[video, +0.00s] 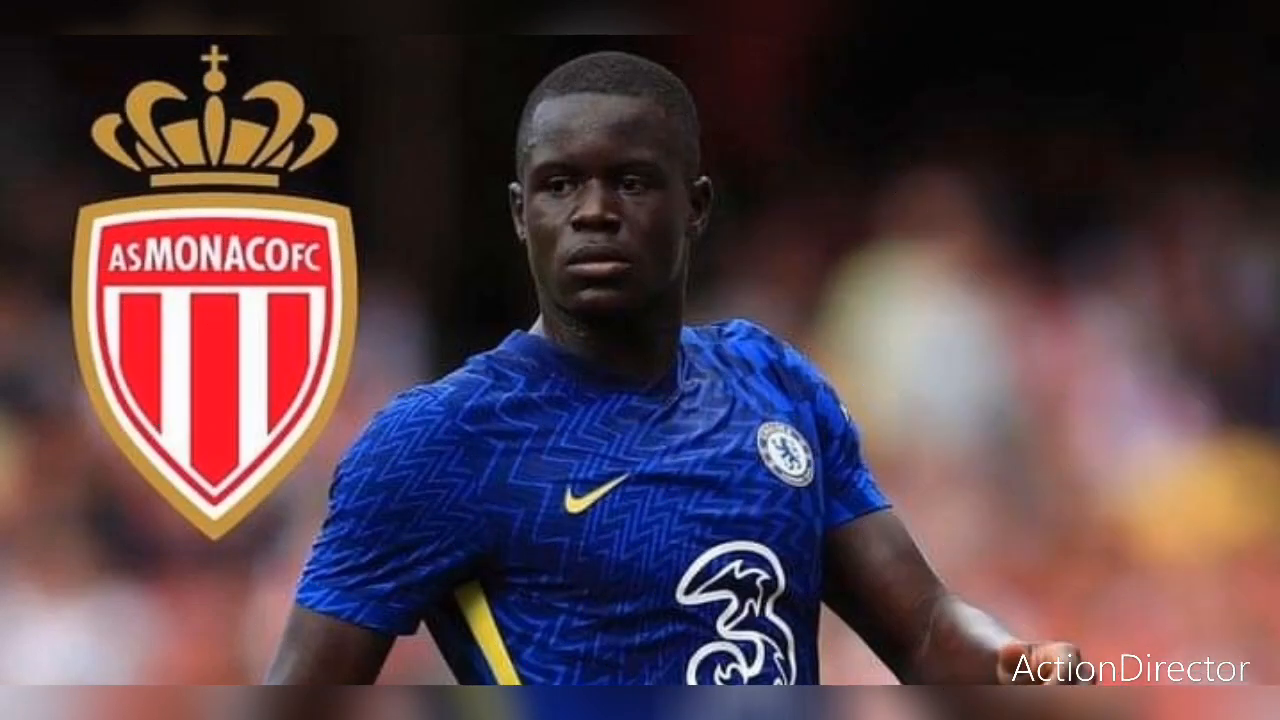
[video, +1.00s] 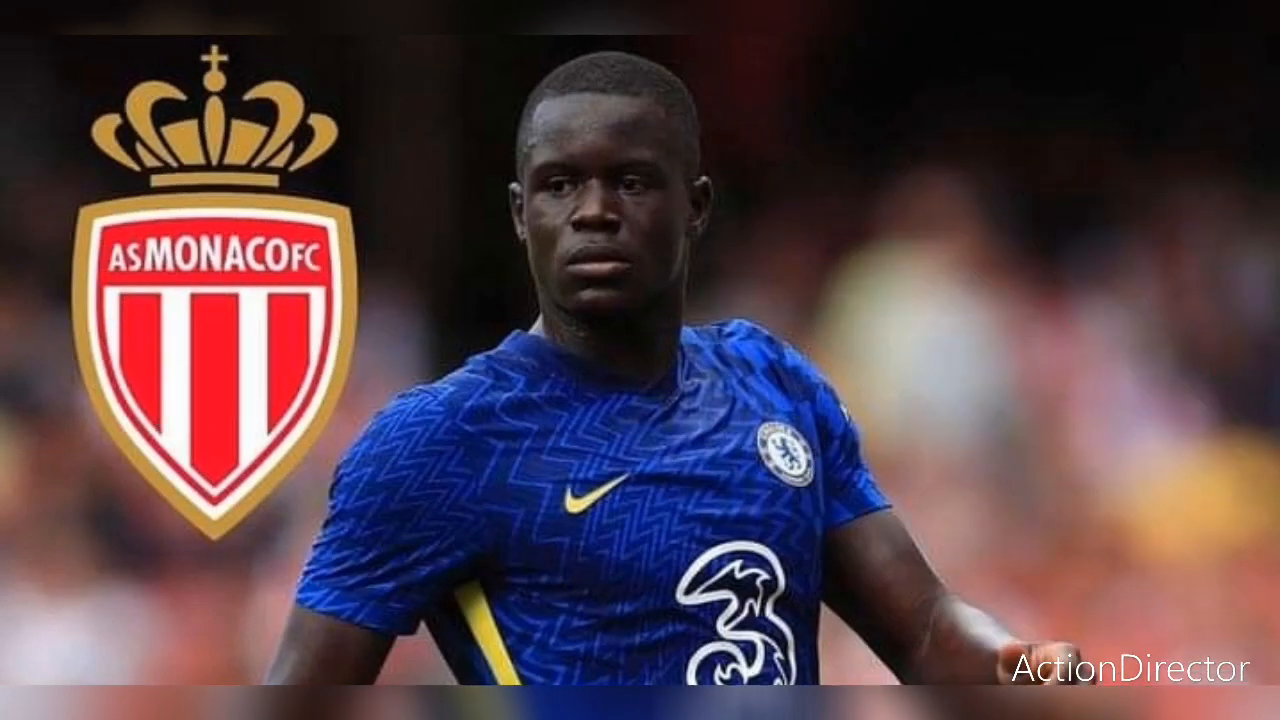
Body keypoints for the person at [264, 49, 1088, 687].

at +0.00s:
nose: (595, 210)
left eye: (633, 178)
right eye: (560, 181)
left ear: (697, 209)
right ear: (522, 216)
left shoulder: (770, 385)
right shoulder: (433, 444)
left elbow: (921, 626)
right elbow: (301, 691)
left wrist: (1021, 675)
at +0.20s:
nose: (596, 209)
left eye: (633, 179)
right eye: (560, 181)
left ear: (697, 208)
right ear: (522, 216)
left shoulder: (771, 385)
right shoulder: (432, 445)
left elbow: (921, 626)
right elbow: (301, 692)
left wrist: (1023, 676)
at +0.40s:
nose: (595, 210)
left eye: (633, 178)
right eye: (560, 181)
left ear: (697, 209)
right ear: (522, 216)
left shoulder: (770, 385)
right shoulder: (433, 444)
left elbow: (921, 626)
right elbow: (301, 691)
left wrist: (1021, 675)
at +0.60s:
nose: (595, 210)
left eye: (633, 178)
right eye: (560, 181)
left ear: (697, 209)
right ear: (522, 216)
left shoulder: (770, 385)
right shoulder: (433, 444)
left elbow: (921, 626)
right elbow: (301, 691)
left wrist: (1021, 675)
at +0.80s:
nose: (595, 210)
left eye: (633, 178)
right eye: (560, 181)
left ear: (697, 209)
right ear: (522, 216)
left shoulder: (770, 385)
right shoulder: (433, 444)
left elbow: (921, 626)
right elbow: (301, 691)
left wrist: (1021, 675)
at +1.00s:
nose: (596, 209)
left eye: (633, 178)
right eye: (560, 181)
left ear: (697, 210)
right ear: (522, 216)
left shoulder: (770, 385)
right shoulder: (432, 445)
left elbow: (921, 626)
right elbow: (301, 692)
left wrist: (1021, 675)